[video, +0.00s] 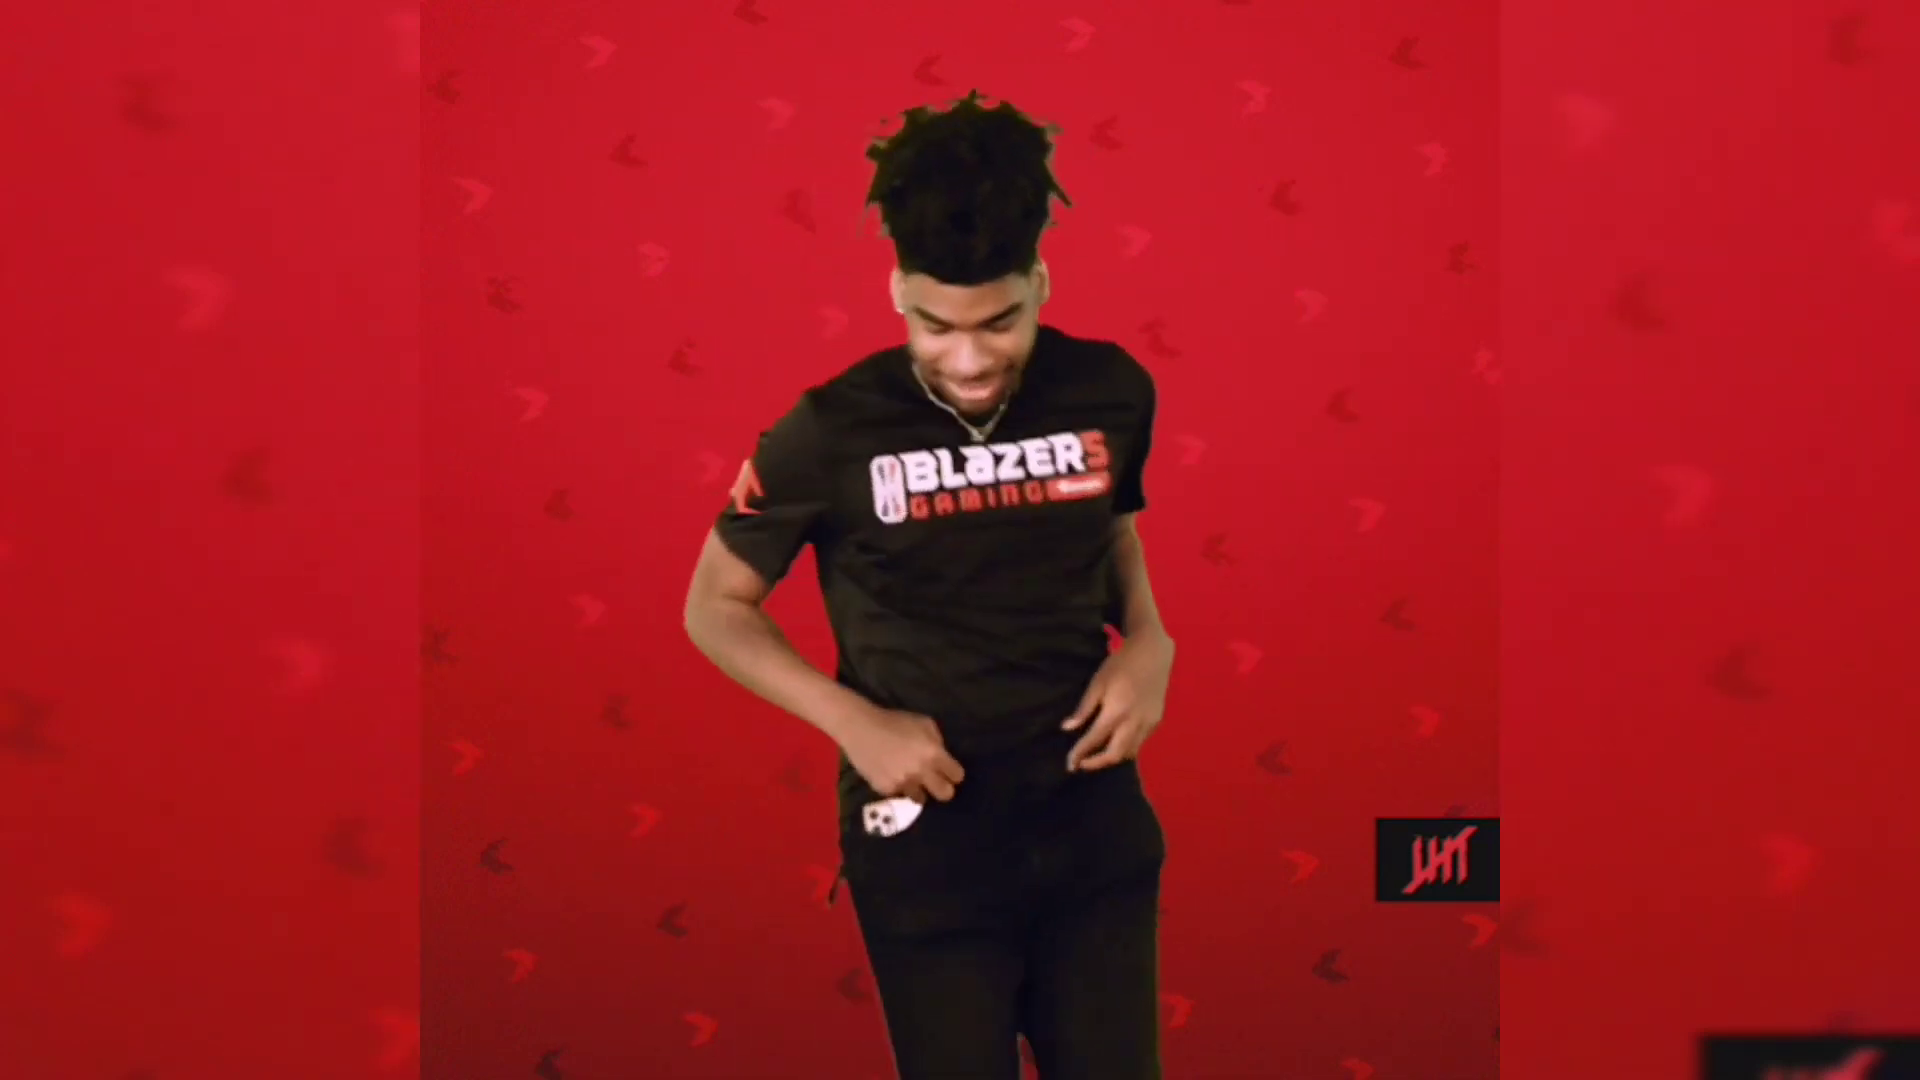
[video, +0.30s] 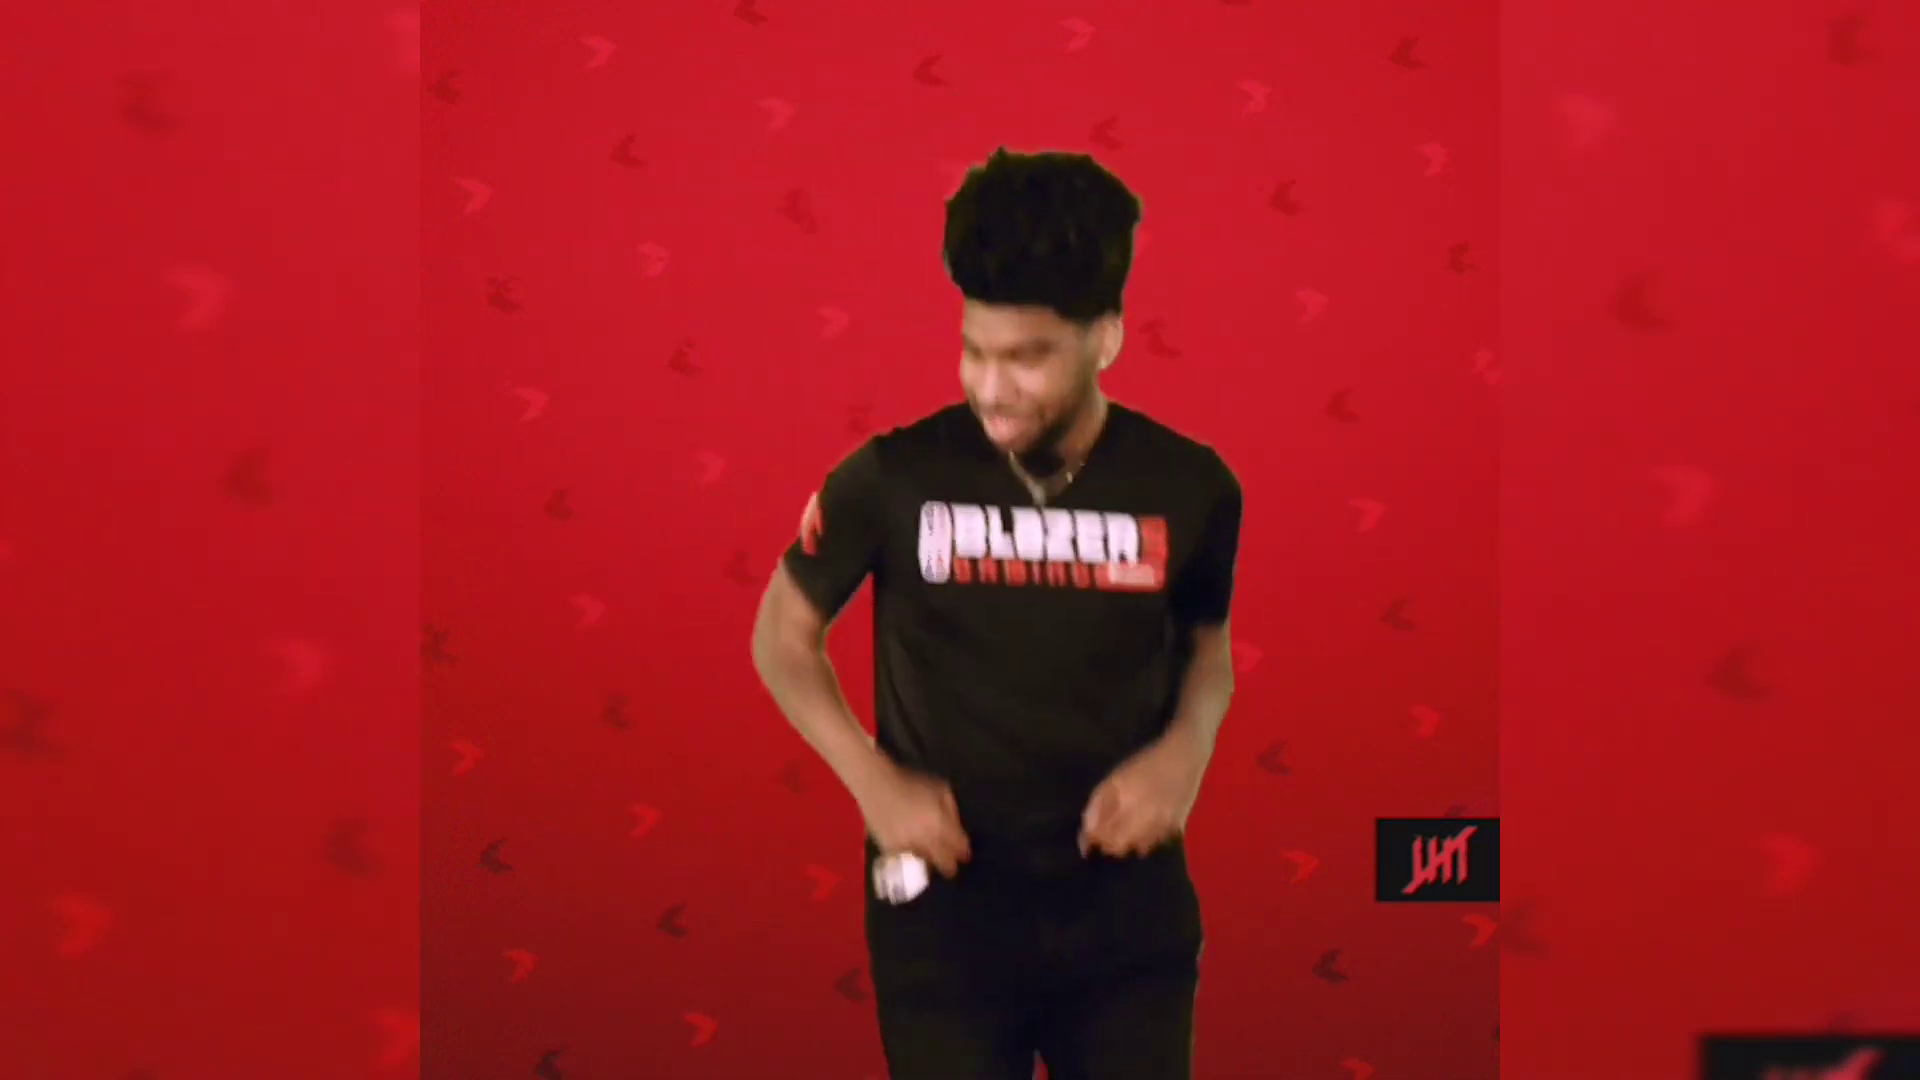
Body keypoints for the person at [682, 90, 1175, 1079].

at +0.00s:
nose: (969, 357)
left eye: (999, 322)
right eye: (935, 324)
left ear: (1041, 280)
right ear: (897, 285)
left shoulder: (1108, 396)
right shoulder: (829, 437)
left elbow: (1114, 526)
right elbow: (715, 606)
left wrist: (1148, 642)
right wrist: (855, 723)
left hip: (1091, 834)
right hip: (924, 849)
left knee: (1115, 1062)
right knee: (959, 1063)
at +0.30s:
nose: (995, 387)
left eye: (1029, 356)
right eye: (976, 352)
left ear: (1108, 339)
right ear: (958, 330)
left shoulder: (1191, 492)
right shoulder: (889, 482)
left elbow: (1207, 650)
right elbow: (783, 634)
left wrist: (1179, 756)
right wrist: (877, 784)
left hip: (1123, 916)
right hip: (944, 921)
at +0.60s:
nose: (933, 365)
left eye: (967, 337)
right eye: (917, 329)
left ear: (1052, 321)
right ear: (903, 304)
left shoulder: (1148, 475)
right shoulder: (867, 443)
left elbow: (1222, 665)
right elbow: (822, 601)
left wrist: (1104, 746)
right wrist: (815, 731)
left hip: (1049, 906)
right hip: (878, 892)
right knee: (849, 1063)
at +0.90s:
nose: (835, 350)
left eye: (872, 320)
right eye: (818, 315)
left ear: (951, 300)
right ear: (802, 292)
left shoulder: (1064, 451)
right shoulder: (777, 432)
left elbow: (1138, 627)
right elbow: (753, 579)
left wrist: (1027, 723)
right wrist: (734, 684)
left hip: (958, 867)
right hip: (783, 849)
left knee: (918, 1062)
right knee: (758, 1061)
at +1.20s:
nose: (896, 315)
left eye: (920, 282)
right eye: (864, 282)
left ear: (942, 254)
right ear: (789, 251)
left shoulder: (1002, 362)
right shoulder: (702, 390)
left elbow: (1059, 501)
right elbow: (641, 544)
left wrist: (1023, 627)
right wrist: (708, 656)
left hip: (963, 778)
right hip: (785, 784)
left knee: (965, 1059)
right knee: (789, 1062)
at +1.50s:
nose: (957, 358)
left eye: (974, 326)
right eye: (928, 326)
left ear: (993, 303)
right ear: (839, 299)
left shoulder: (1003, 409)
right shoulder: (731, 459)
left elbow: (1004, 544)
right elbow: (610, 638)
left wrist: (1047, 661)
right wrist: (774, 736)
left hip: (1007, 848)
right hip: (839, 868)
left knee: (1073, 1063)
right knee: (832, 1062)